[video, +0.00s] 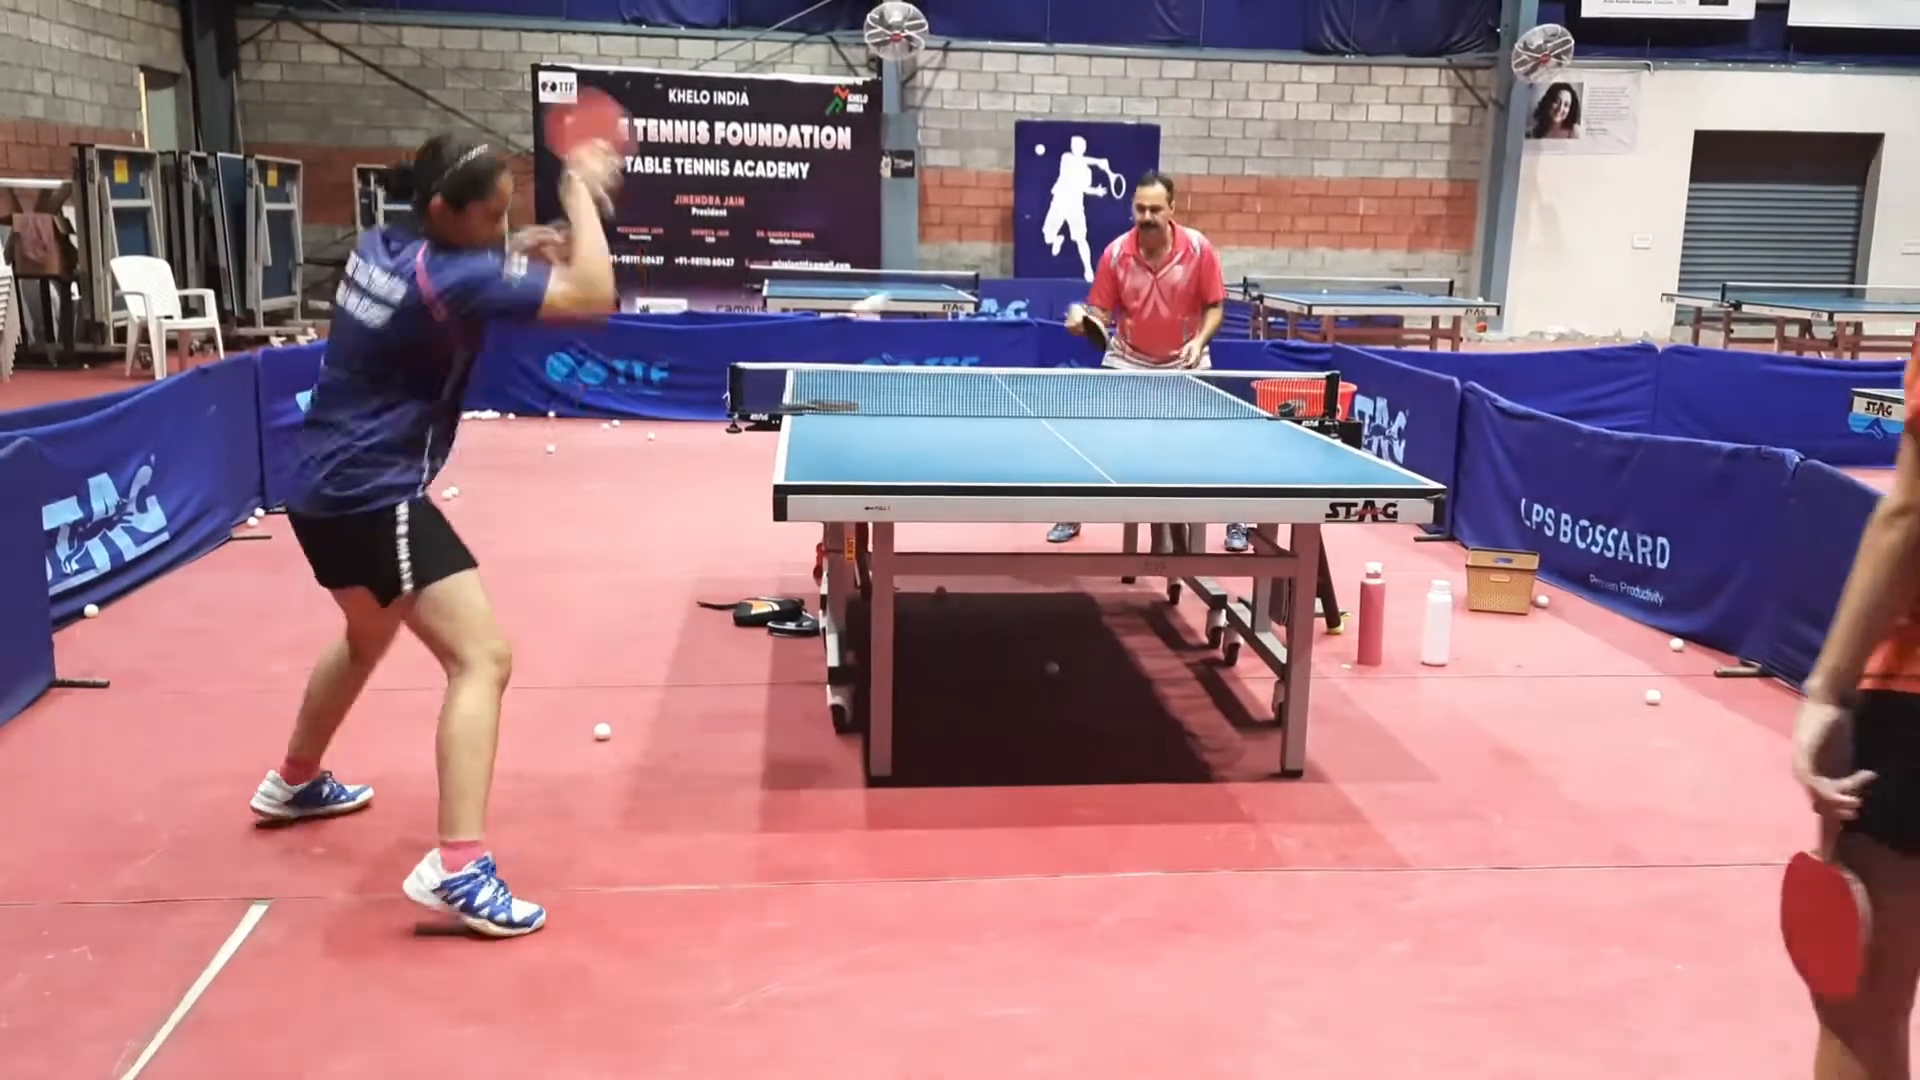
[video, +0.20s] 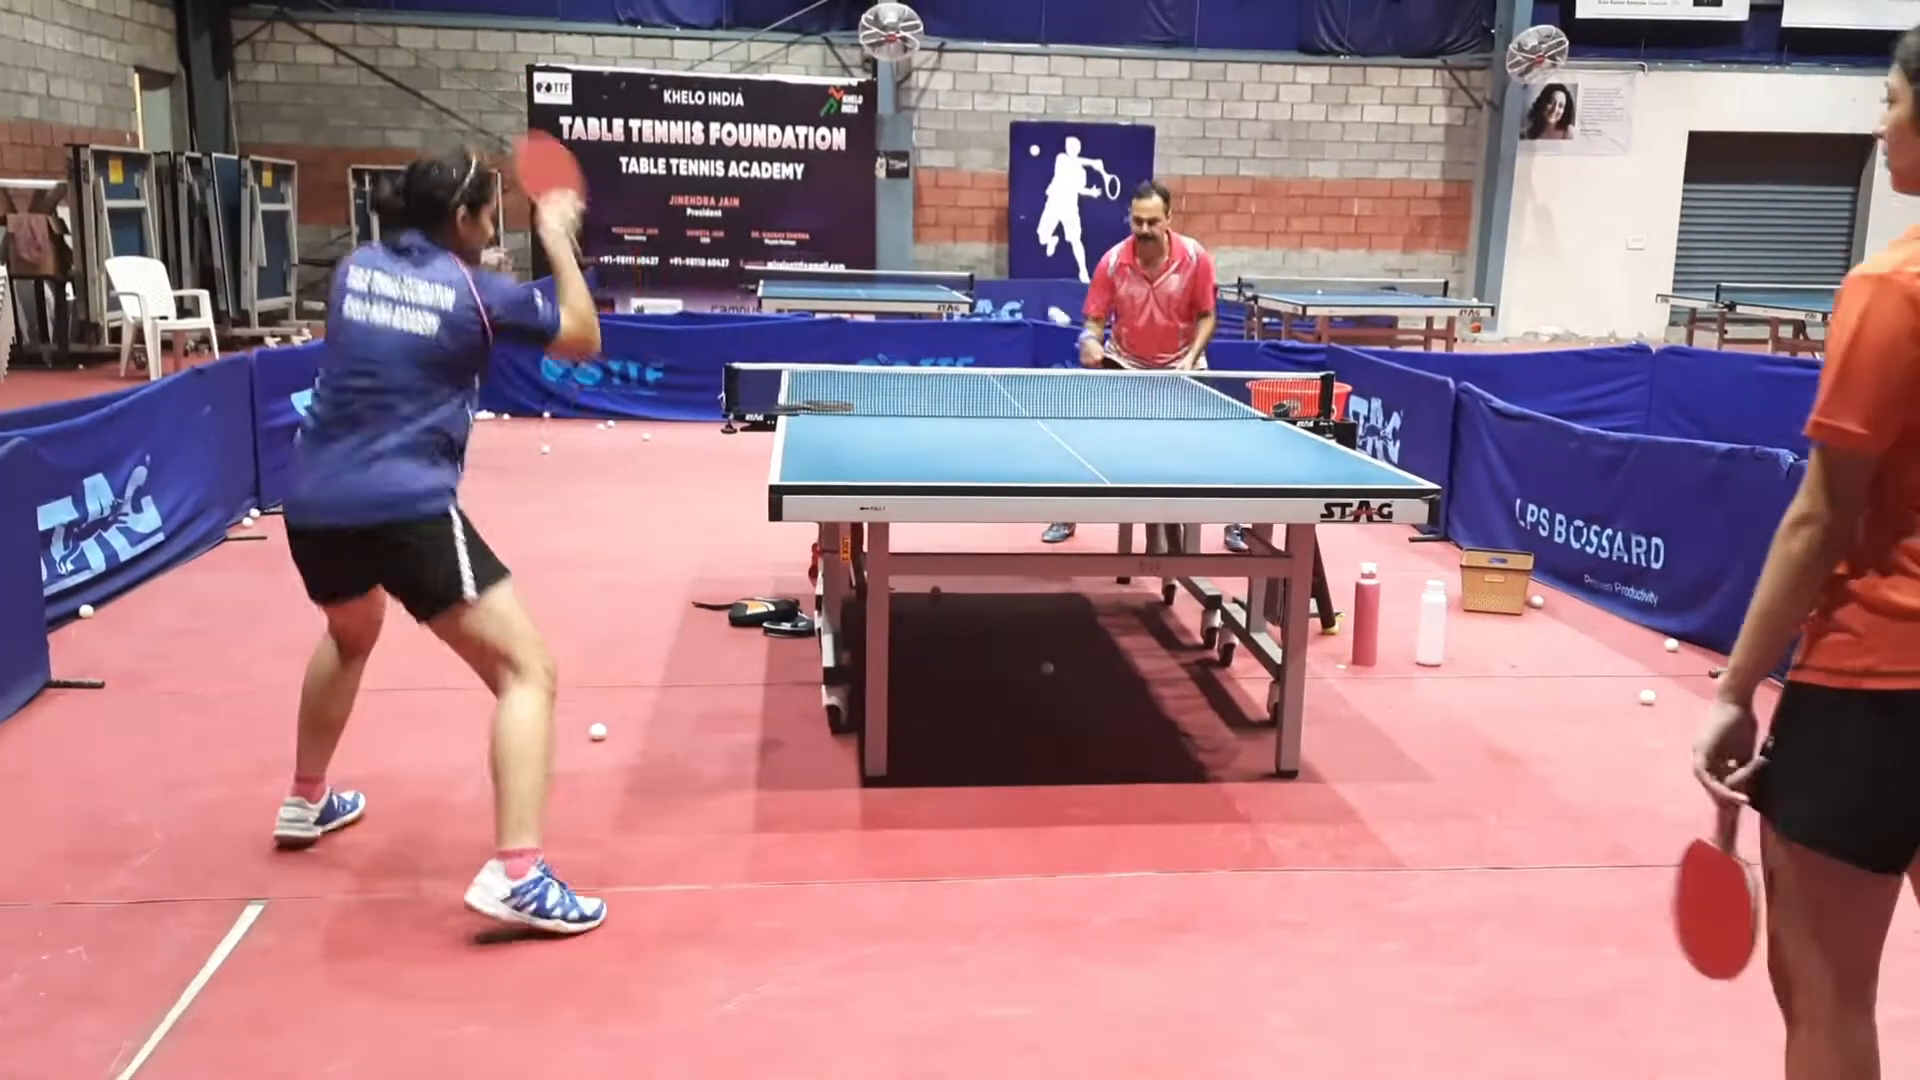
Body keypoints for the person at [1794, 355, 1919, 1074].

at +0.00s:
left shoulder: (1917, 348)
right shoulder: (1914, 349)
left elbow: (1907, 507)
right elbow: (1905, 505)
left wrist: (1828, 687)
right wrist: (1832, 688)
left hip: (1902, 695)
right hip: (1895, 694)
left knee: (1862, 1013)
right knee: (1863, 1010)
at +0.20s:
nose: (1884, 121)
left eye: (1896, 96)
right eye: (1889, 95)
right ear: (1916, 117)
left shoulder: (1894, 287)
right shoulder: (1892, 284)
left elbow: (1823, 515)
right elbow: (1824, 514)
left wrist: (1737, 686)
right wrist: (1744, 688)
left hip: (1871, 686)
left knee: (1825, 988)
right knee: (1820, 981)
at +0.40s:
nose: (1834, 130)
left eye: (1836, 108)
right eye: (1839, 108)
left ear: (1867, 112)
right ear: (1906, 113)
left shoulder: (1829, 285)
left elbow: (1759, 514)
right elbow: (1758, 513)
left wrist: (1689, 690)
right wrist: (1693, 686)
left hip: (1840, 699)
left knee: (1809, 999)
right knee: (1919, 982)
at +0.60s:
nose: (1812, 138)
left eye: (1813, 115)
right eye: (1815, 116)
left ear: (1846, 117)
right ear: (1913, 119)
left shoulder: (1819, 288)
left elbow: (1731, 517)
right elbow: (1727, 515)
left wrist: (1649, 683)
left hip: (1831, 696)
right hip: (1912, 692)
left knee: (1801, 998)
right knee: (1904, 969)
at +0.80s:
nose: (1837, 143)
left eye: (1846, 120)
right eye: (1841, 119)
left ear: (1897, 125)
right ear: (1904, 125)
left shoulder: (1877, 291)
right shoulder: (1890, 280)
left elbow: (1789, 519)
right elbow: (1794, 509)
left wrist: (1690, 686)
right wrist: (1694, 679)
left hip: (1846, 697)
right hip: (1908, 691)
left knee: (1802, 984)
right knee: (1910, 969)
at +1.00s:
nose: (1880, 141)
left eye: (1896, 118)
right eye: (1887, 115)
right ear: (1914, 127)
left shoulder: (1915, 289)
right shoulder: (1911, 287)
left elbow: (1900, 518)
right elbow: (1890, 513)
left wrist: (1813, 714)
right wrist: (1821, 699)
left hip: (1874, 688)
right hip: (1893, 683)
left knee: (1811, 979)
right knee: (1912, 966)